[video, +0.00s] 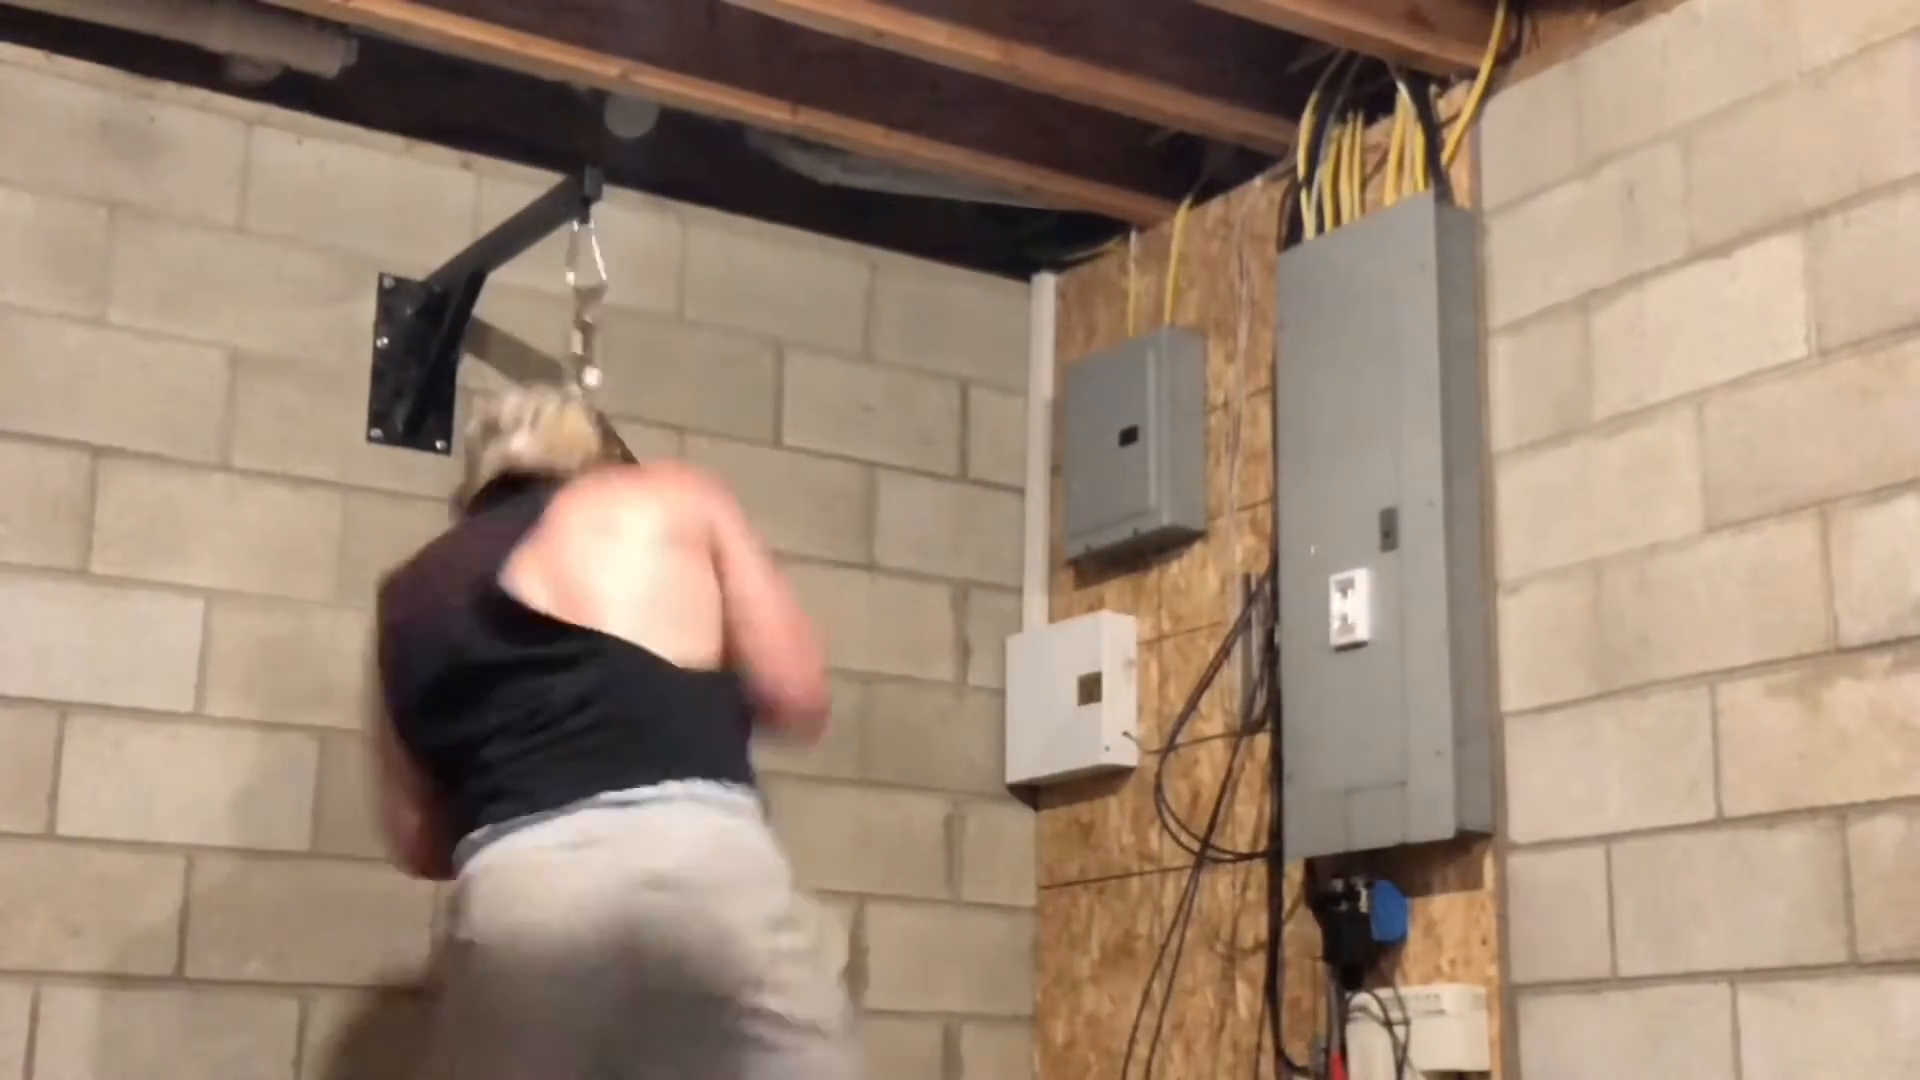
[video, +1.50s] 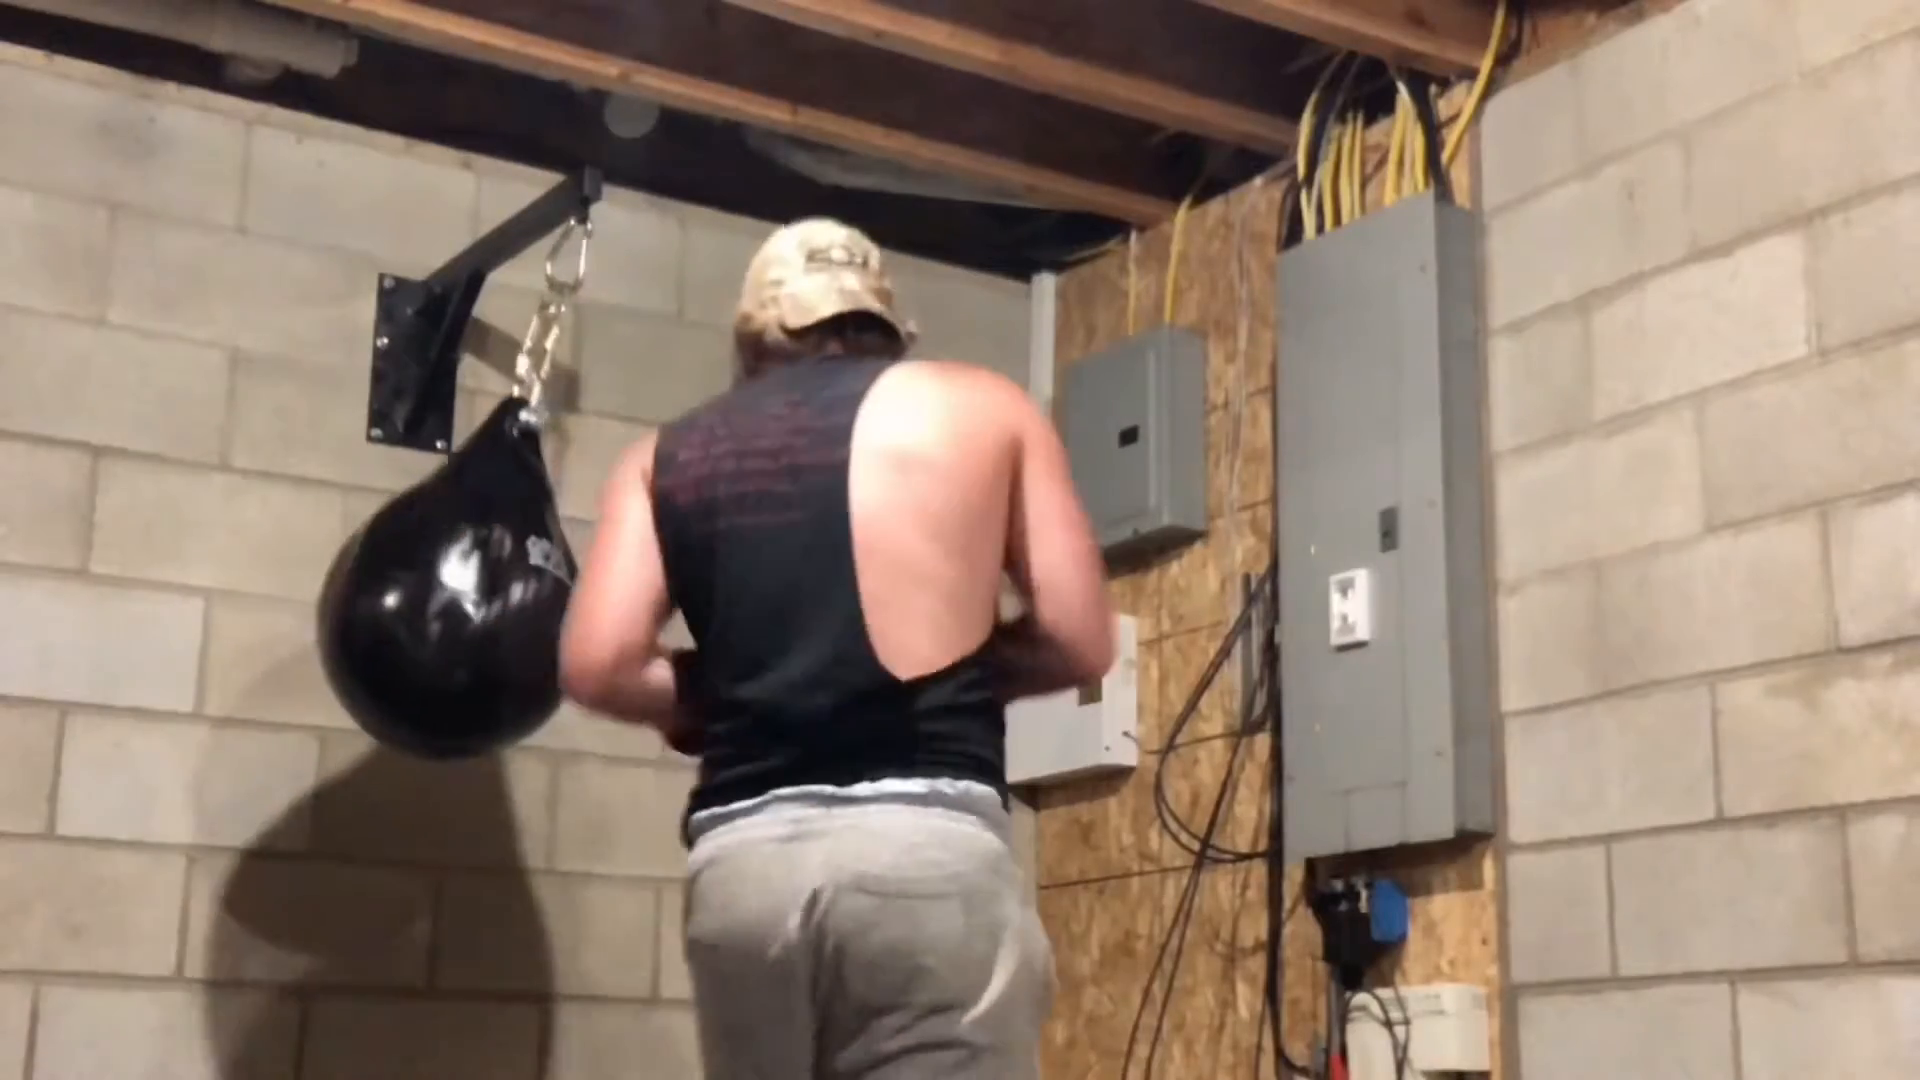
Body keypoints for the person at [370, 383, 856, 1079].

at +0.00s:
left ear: (479, 479)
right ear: (604, 453)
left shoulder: (411, 587)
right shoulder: (681, 494)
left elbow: (419, 842)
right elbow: (797, 692)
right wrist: (689, 698)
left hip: (517, 899)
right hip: (712, 863)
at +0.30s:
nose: (724, 408)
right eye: (718, 393)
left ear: (591, 387)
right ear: (704, 388)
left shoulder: (506, 495)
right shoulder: (694, 451)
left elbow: (306, 562)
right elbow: (802, 674)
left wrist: (227, 603)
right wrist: (823, 593)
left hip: (466, 874)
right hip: (602, 862)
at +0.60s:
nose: (730, 452)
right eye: (730, 440)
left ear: (587, 405)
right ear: (711, 425)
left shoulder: (457, 485)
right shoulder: (739, 497)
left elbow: (351, 707)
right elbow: (786, 759)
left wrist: (492, 756)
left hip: (440, 923)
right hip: (634, 923)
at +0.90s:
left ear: (690, 326)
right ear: (827, 336)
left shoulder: (575, 431)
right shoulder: (901, 454)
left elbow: (446, 625)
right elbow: (948, 727)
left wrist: (571, 686)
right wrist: (834, 657)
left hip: (608, 912)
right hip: (821, 914)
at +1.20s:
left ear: (766, 271)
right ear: (905, 284)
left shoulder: (666, 350)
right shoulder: (988, 409)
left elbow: (507, 515)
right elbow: (1020, 680)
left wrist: (639, 566)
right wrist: (889, 622)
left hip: (671, 826)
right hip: (882, 834)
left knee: (658, 1064)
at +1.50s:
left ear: (754, 333)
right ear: (888, 319)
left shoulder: (663, 455)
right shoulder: (992, 405)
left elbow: (596, 667)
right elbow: (1079, 647)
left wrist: (714, 698)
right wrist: (945, 670)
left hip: (743, 865)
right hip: (936, 853)